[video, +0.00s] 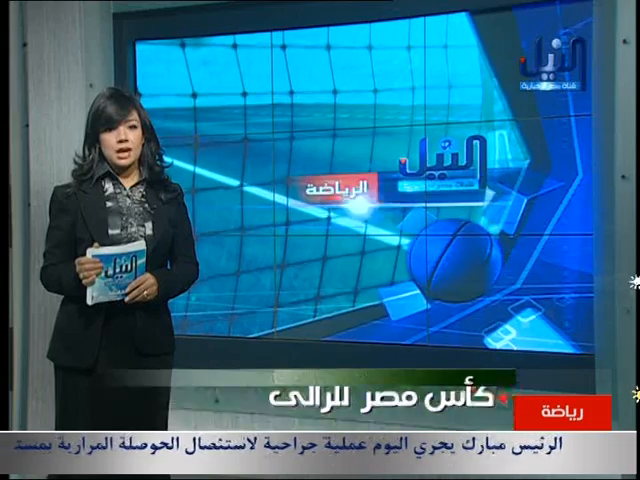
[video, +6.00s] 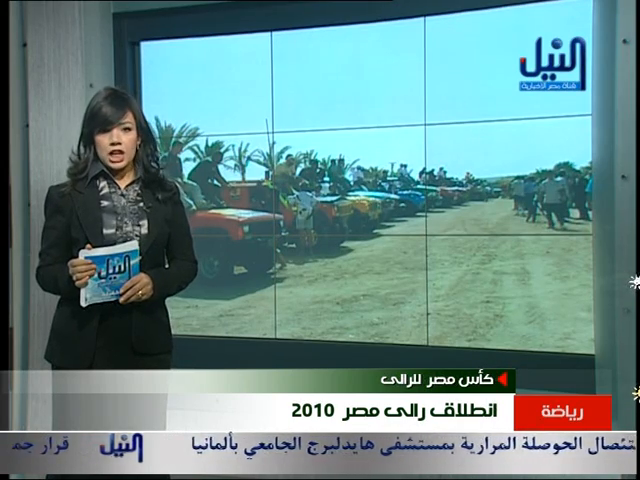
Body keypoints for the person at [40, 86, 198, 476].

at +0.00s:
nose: (123, 137)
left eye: (131, 126)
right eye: (111, 129)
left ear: (145, 133)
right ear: (97, 139)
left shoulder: (167, 195)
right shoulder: (70, 198)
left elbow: (187, 266)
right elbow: (50, 273)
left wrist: (161, 282)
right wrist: (76, 273)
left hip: (148, 345)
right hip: (84, 346)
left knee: (146, 450)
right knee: (80, 450)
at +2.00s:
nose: (127, 134)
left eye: (137, 125)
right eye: (116, 125)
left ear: (149, 136)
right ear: (101, 136)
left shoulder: (170, 196)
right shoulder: (71, 198)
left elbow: (189, 267)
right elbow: (53, 273)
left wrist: (161, 282)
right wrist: (76, 275)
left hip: (150, 349)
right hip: (86, 349)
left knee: (149, 452)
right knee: (83, 452)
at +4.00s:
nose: (128, 134)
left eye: (138, 127)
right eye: (119, 125)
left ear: (149, 138)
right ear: (101, 133)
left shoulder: (168, 197)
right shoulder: (68, 197)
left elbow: (187, 266)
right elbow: (49, 273)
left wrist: (159, 282)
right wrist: (72, 275)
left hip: (148, 349)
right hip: (82, 349)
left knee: (147, 452)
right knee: (79, 452)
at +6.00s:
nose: (116, 140)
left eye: (126, 129)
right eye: (105, 130)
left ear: (140, 136)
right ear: (91, 138)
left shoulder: (164, 194)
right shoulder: (65, 197)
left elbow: (186, 265)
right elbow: (46, 272)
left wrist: (156, 281)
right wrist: (69, 275)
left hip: (145, 348)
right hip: (81, 349)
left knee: (145, 451)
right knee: (78, 452)